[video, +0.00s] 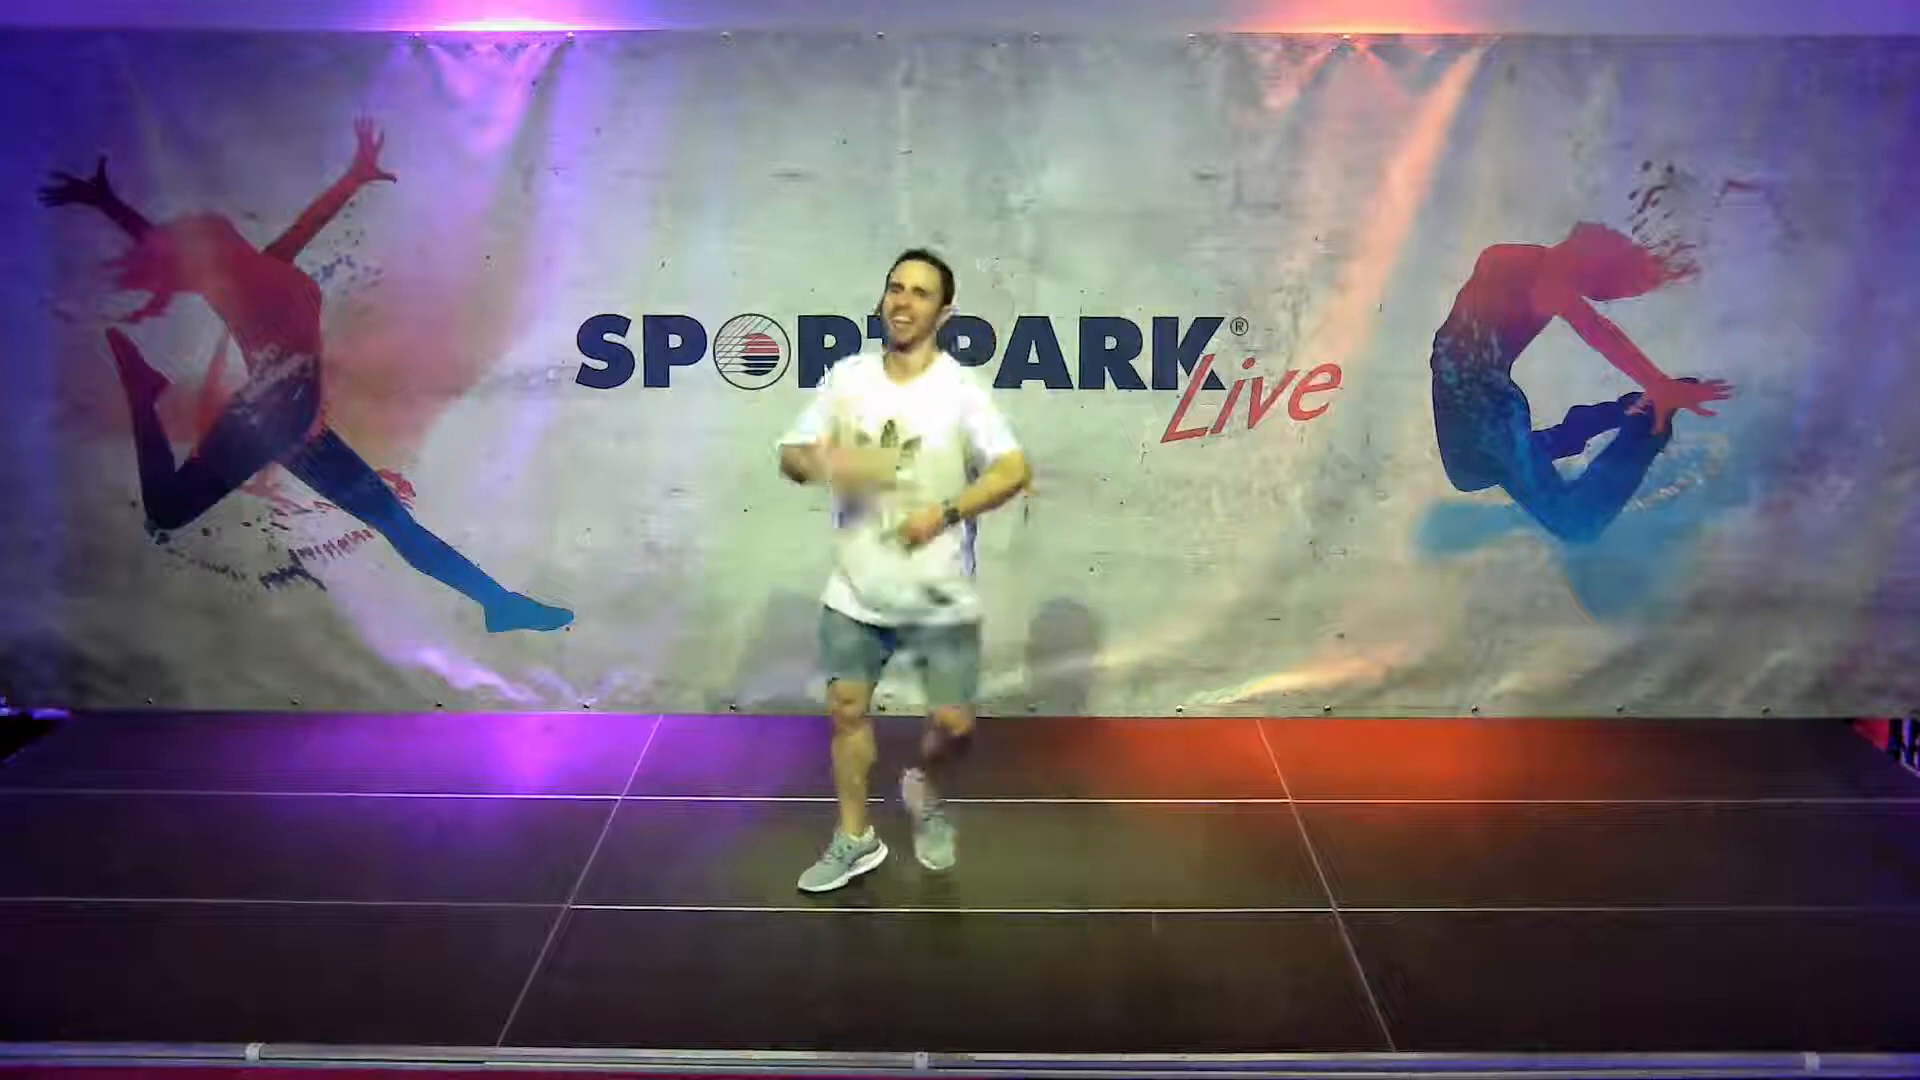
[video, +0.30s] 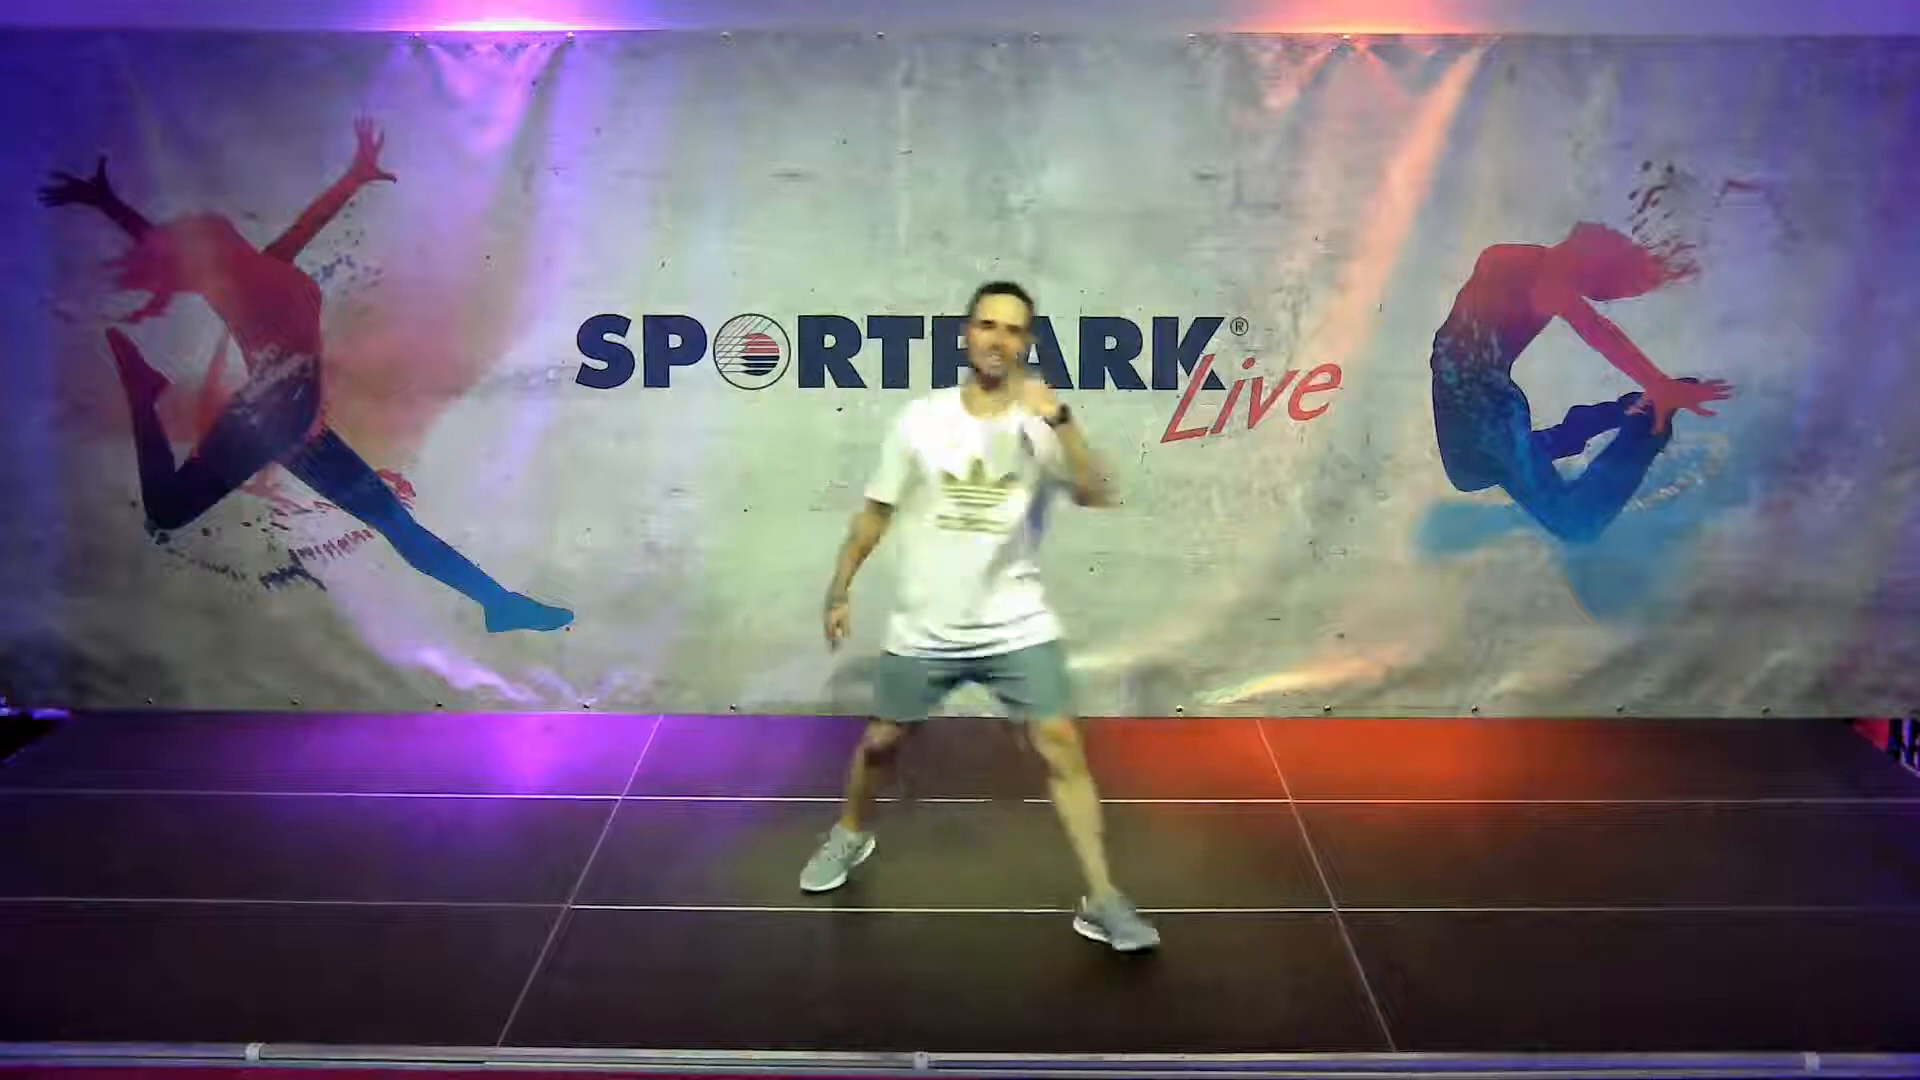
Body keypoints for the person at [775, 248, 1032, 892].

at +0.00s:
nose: (903, 302)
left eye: (919, 294)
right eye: (895, 289)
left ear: (942, 310)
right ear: (882, 300)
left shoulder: (964, 389)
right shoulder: (846, 379)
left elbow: (1013, 470)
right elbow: (792, 458)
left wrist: (945, 513)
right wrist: (835, 466)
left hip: (940, 588)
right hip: (859, 583)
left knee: (955, 725)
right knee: (845, 708)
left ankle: (922, 790)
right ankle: (854, 835)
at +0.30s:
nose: (999, 340)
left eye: (1013, 331)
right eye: (988, 327)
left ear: (1028, 345)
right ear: (965, 335)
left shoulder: (1041, 424)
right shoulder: (922, 418)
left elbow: (1097, 491)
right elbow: (877, 510)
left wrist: (1062, 420)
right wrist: (841, 588)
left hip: (1016, 623)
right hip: (926, 624)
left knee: (1062, 744)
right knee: (879, 742)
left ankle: (1102, 895)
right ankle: (849, 834)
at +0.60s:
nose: (1082, 317)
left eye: (1096, 306)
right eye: (1070, 303)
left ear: (1113, 321)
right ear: (1048, 313)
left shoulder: (1135, 416)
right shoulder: (1001, 402)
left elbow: (1192, 500)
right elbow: (948, 495)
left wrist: (1203, 591)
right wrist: (884, 566)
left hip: (1094, 610)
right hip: (1010, 610)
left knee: (1114, 747)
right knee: (1039, 749)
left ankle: (1110, 903)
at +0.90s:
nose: (1096, 322)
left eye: (1109, 311)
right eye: (1083, 309)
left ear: (1122, 323)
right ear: (1060, 316)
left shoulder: (1106, 408)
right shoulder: (1029, 383)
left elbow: (1097, 510)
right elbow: (977, 360)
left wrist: (1120, 586)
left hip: (1082, 599)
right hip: (1031, 595)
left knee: (1114, 739)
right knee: (1108, 732)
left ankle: (1099, 902)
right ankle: (1052, 904)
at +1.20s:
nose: (1025, 340)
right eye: (1026, 330)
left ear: (961, 347)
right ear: (1023, 338)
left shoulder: (938, 433)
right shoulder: (1062, 412)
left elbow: (888, 541)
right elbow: (1174, 440)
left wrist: (932, 624)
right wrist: (1255, 478)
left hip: (966, 635)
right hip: (1028, 635)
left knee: (1031, 780)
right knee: (1004, 792)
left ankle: (1083, 907)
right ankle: (958, 968)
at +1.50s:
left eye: (897, 355)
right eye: (940, 355)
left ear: (888, 365)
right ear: (953, 364)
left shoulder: (856, 451)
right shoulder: (986, 449)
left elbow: (804, 560)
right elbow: (1024, 560)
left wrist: (841, 621)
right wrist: (982, 607)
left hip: (878, 645)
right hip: (967, 647)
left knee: (850, 786)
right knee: (988, 799)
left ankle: (840, 938)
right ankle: (984, 960)